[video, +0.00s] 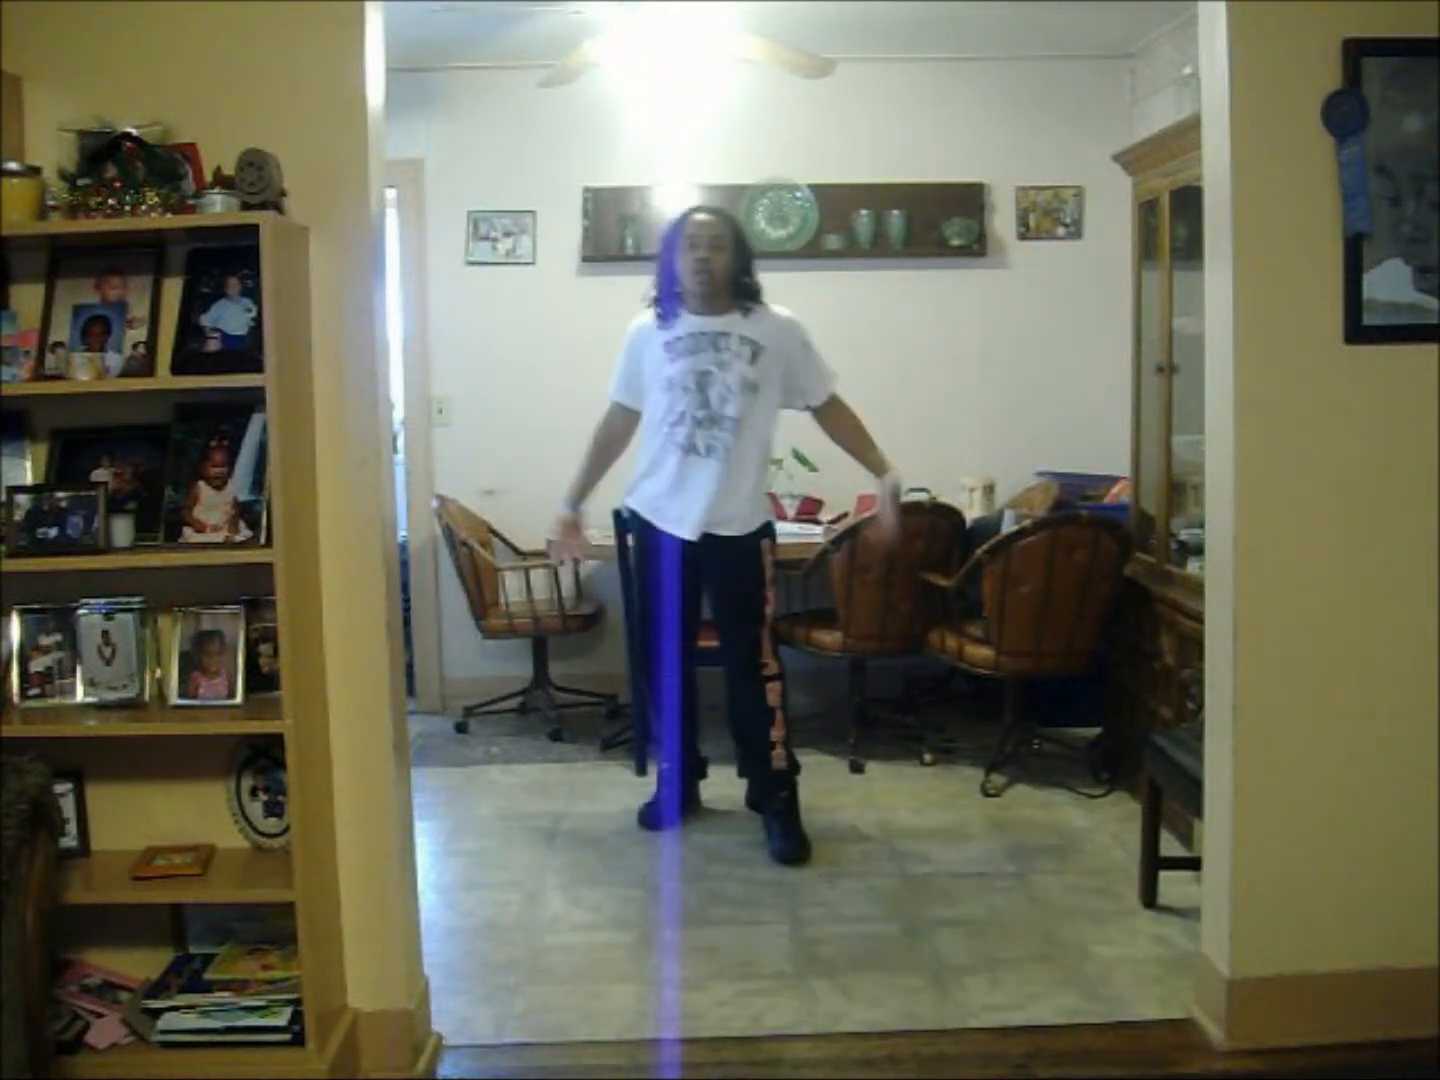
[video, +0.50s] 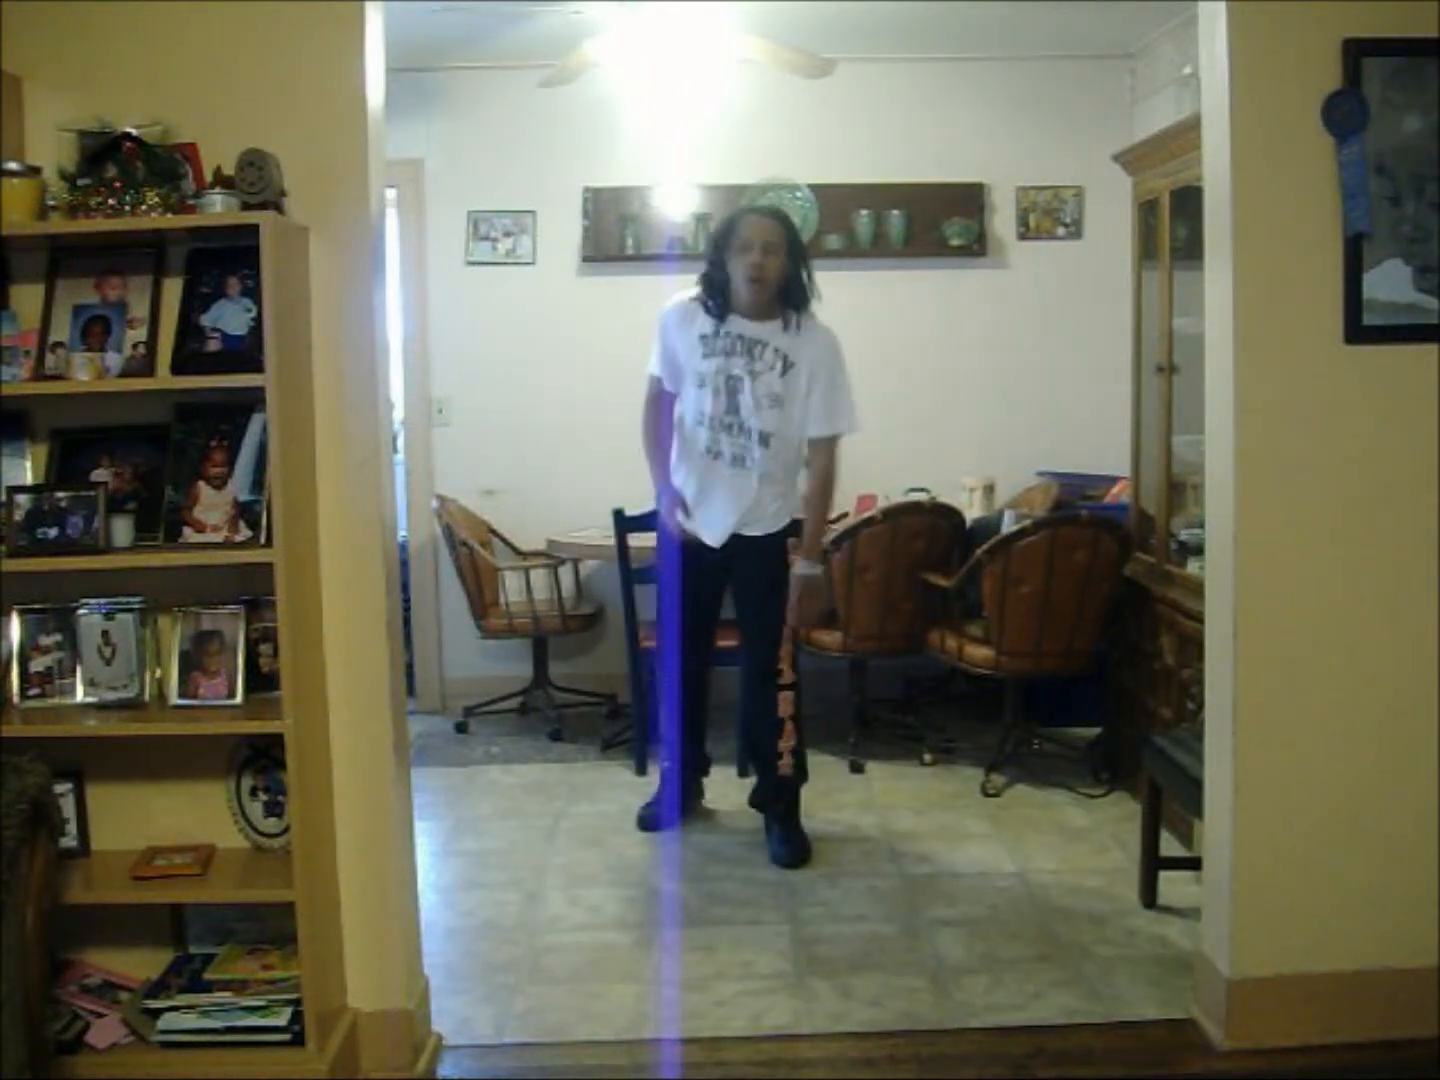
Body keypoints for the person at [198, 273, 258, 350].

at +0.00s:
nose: (233, 288)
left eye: (236, 285)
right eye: (230, 285)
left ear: (240, 287)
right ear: (225, 288)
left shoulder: (247, 303)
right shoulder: (222, 304)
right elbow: (205, 320)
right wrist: (210, 335)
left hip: (243, 338)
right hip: (225, 338)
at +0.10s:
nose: (233, 288)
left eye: (235, 285)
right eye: (230, 285)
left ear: (240, 287)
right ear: (225, 287)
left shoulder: (247, 303)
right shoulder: (222, 304)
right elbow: (205, 320)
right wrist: (210, 335)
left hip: (244, 338)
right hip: (225, 337)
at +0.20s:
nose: (232, 288)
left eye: (235, 285)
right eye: (229, 285)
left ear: (240, 286)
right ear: (225, 287)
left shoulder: (247, 303)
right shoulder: (222, 304)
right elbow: (205, 320)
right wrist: (210, 334)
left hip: (243, 338)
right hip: (224, 338)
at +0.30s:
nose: (233, 288)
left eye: (235, 285)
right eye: (230, 285)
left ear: (240, 287)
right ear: (225, 288)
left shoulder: (247, 303)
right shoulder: (221, 304)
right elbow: (205, 320)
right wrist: (210, 335)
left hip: (243, 338)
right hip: (224, 338)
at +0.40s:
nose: (233, 288)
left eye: (235, 285)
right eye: (230, 285)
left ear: (240, 287)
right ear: (225, 288)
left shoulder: (247, 303)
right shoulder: (221, 304)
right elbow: (205, 320)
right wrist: (210, 335)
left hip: (243, 338)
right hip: (225, 338)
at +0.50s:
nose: (232, 288)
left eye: (235, 285)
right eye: (229, 285)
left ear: (240, 287)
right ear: (225, 287)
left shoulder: (247, 303)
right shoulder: (221, 304)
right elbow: (205, 320)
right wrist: (210, 335)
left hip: (243, 338)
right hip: (224, 338)